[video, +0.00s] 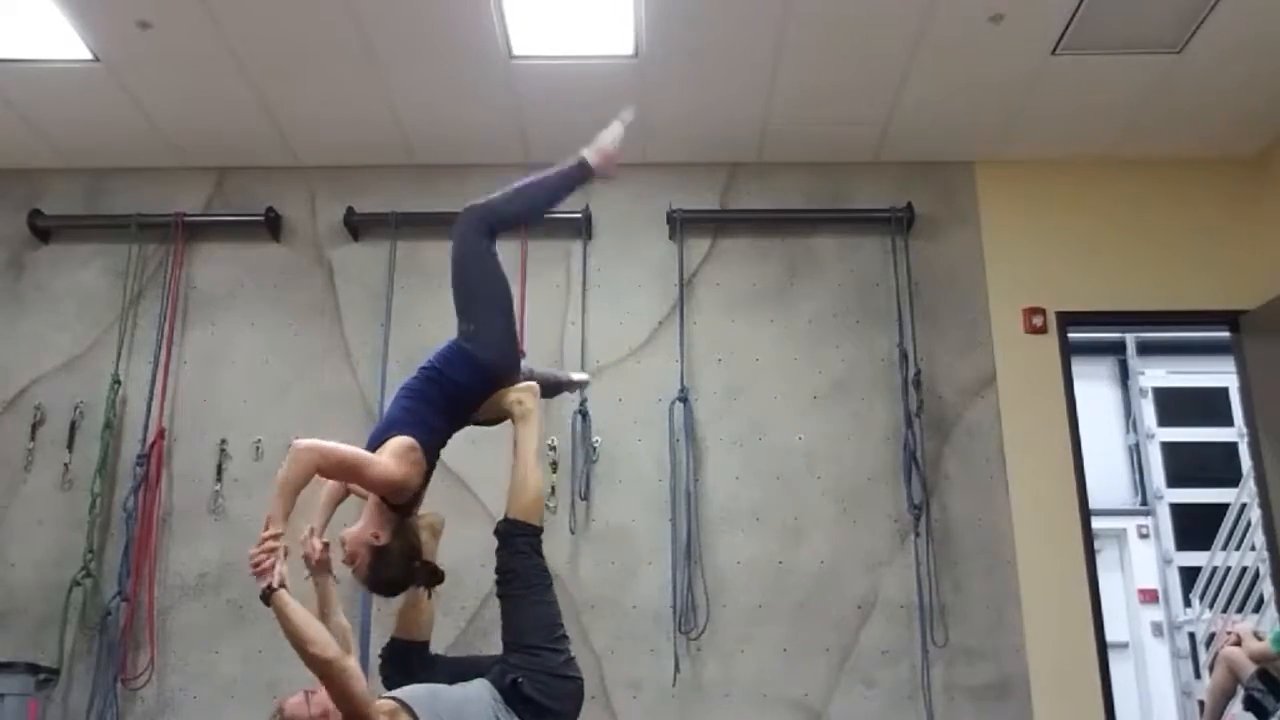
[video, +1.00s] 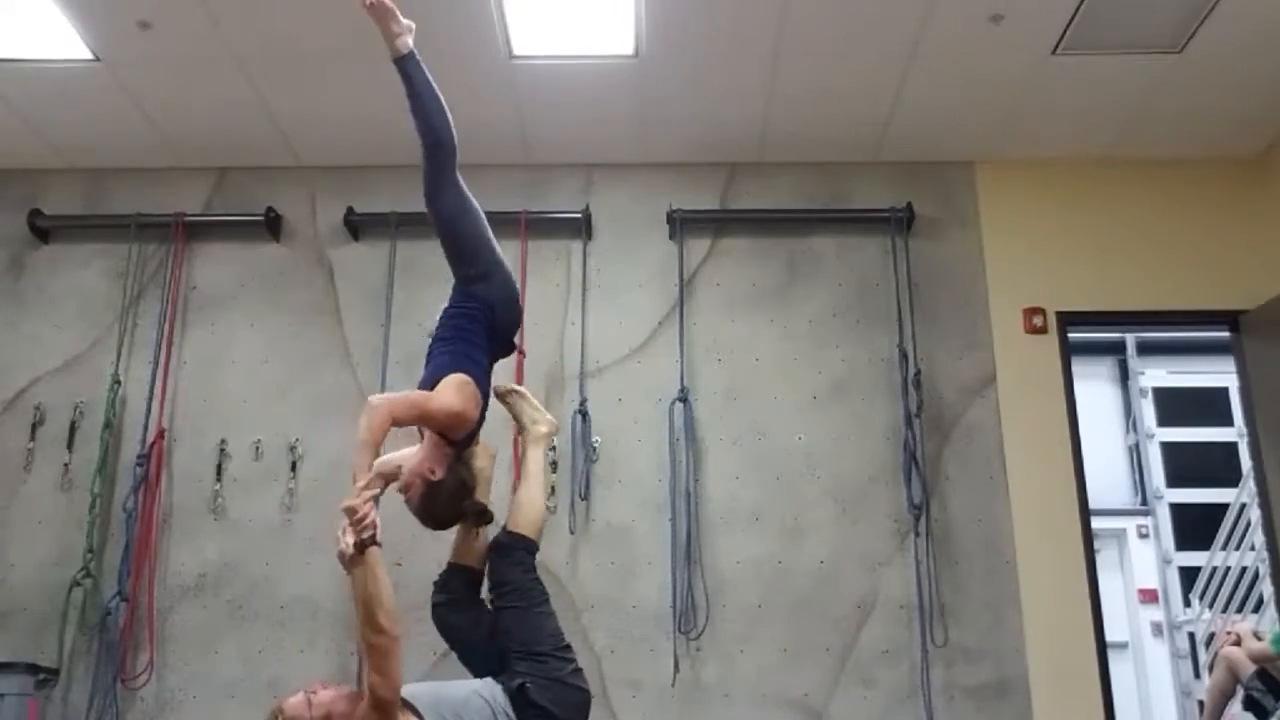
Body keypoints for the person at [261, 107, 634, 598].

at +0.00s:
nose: (349, 552)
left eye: (349, 560)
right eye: (359, 555)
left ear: (375, 529)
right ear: (381, 538)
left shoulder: (395, 484)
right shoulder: (393, 480)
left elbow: (339, 470)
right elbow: (303, 453)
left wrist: (314, 533)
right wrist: (273, 530)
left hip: (490, 379)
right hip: (487, 355)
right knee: (476, 222)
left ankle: (555, 382)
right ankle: (588, 165)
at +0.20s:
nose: (356, 561)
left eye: (362, 566)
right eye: (366, 565)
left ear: (384, 545)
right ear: (388, 547)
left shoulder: (403, 496)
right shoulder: (400, 489)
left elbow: (345, 467)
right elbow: (324, 448)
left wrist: (317, 527)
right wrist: (302, 522)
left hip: (490, 383)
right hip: (482, 365)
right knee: (445, 235)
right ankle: (439, 92)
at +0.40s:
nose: (369, 555)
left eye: (371, 563)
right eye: (376, 560)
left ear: (394, 549)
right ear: (403, 546)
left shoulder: (417, 493)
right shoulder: (413, 489)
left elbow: (383, 465)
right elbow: (348, 436)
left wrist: (343, 521)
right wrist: (330, 503)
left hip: (476, 366)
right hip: (470, 353)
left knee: (387, 246)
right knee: (384, 242)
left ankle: (312, 129)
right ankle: (307, 127)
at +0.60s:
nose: (375, 535)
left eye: (378, 547)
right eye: (381, 543)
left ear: (401, 528)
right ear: (409, 525)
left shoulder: (421, 480)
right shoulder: (422, 466)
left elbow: (372, 473)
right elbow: (349, 418)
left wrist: (343, 513)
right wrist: (331, 491)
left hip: (487, 360)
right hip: (475, 337)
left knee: (394, 232)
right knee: (389, 227)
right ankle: (312, 108)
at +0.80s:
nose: (395, 518)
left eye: (398, 530)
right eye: (403, 523)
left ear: (426, 500)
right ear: (423, 502)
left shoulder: (445, 466)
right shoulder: (432, 443)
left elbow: (387, 470)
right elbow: (356, 416)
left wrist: (362, 501)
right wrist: (349, 488)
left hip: (489, 346)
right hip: (474, 321)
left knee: (416, 202)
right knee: (412, 200)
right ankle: (359, 68)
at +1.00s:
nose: (405, 483)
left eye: (407, 490)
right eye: (413, 486)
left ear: (431, 472)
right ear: (435, 471)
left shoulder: (459, 434)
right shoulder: (449, 414)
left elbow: (393, 465)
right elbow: (377, 410)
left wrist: (366, 505)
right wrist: (360, 488)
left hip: (499, 325)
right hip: (491, 298)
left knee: (444, 176)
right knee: (442, 167)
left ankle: (406, 47)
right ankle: (402, 45)